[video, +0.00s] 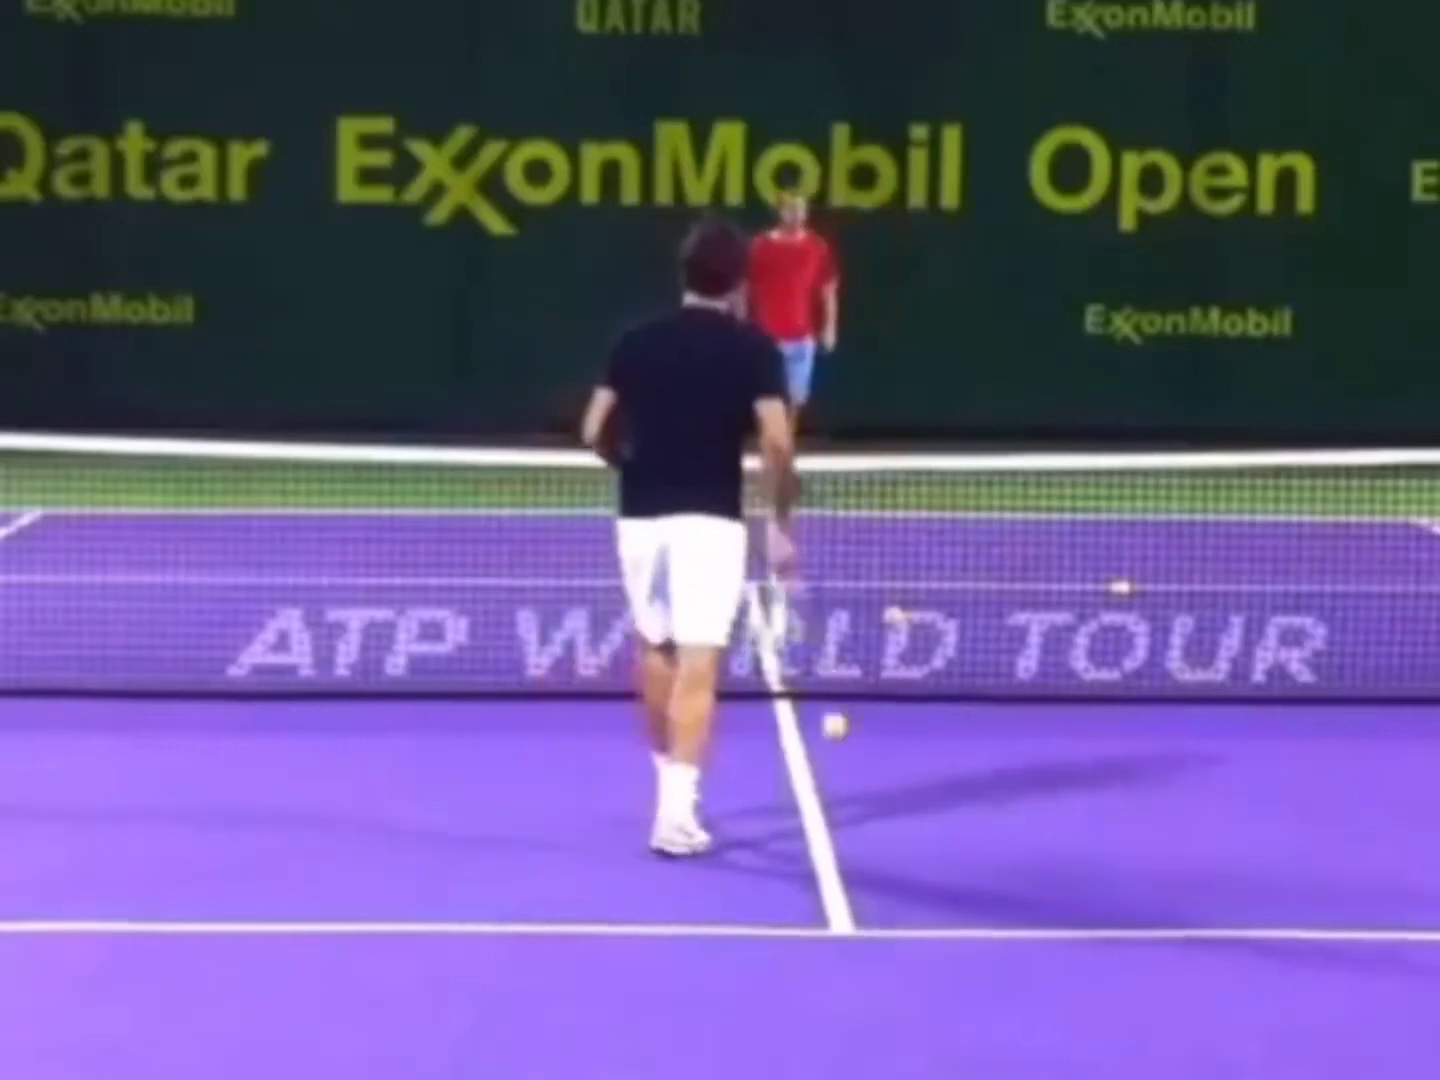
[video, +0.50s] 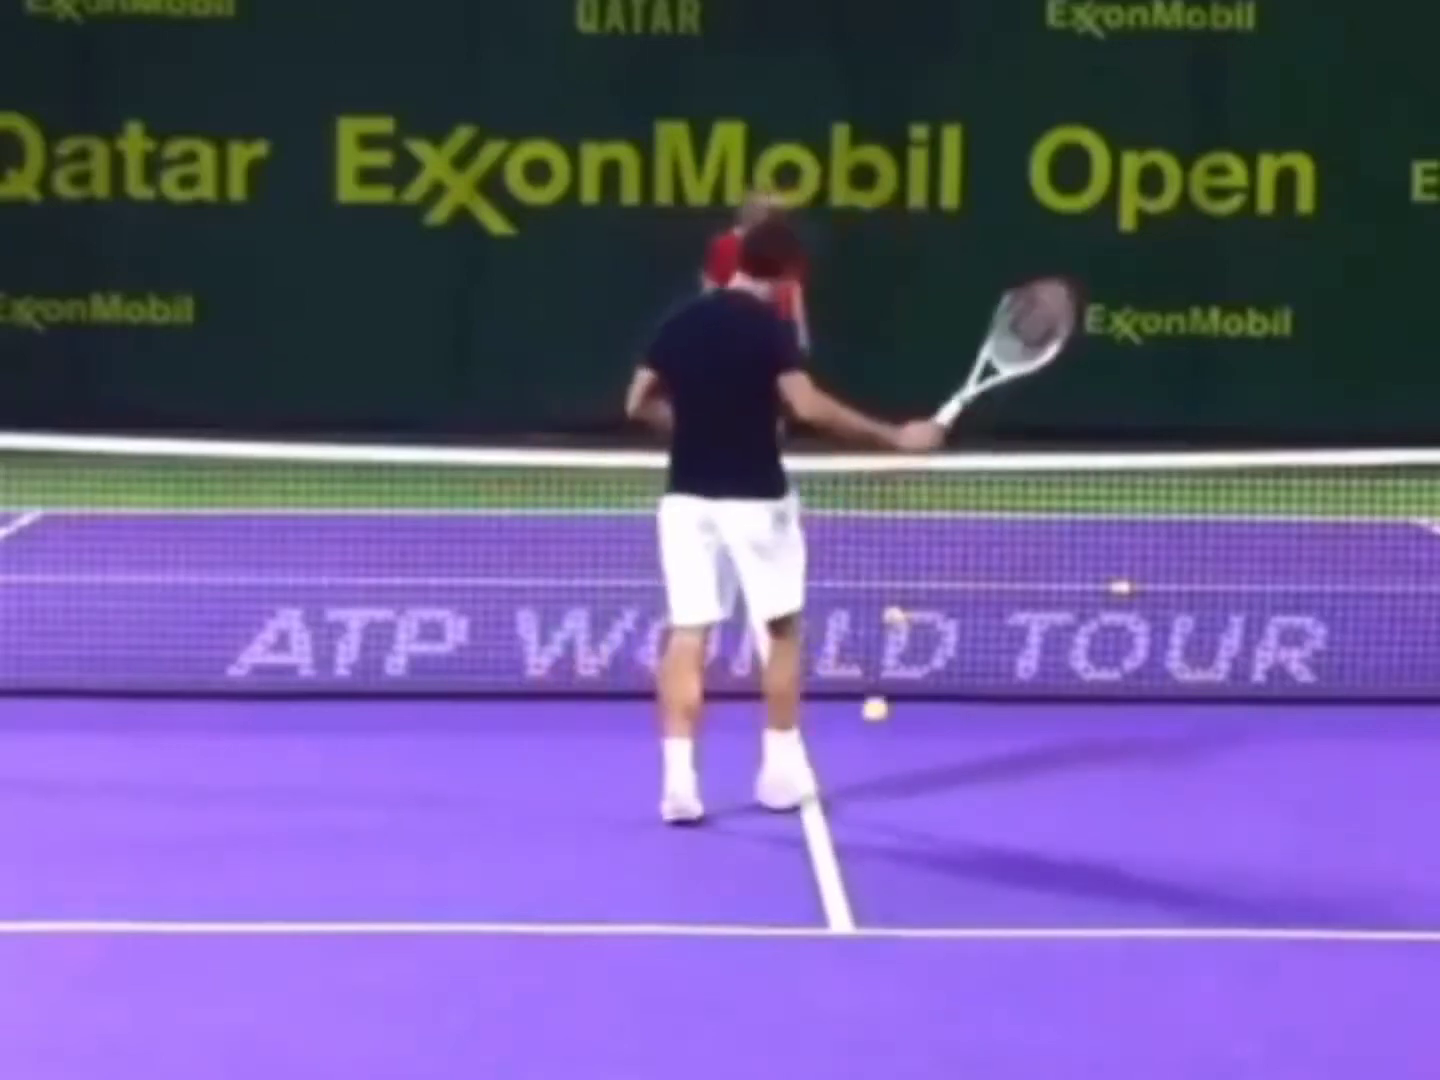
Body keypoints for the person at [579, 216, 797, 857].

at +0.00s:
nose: (740, 289)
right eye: (741, 279)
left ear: (683, 277)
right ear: (738, 283)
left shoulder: (641, 338)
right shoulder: (752, 348)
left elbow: (594, 428)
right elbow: (777, 444)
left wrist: (633, 459)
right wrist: (781, 519)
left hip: (640, 517)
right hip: (712, 519)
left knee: (657, 652)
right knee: (698, 666)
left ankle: (670, 784)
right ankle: (675, 808)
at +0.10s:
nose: (735, 285)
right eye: (739, 276)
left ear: (684, 279)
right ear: (740, 282)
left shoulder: (643, 343)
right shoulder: (751, 350)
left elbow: (600, 435)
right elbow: (777, 443)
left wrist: (637, 466)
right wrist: (787, 516)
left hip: (647, 518)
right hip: (716, 520)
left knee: (669, 646)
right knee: (709, 659)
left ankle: (675, 781)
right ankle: (682, 797)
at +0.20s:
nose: (745, 277)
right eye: (746, 267)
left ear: (692, 269)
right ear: (743, 273)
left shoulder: (651, 333)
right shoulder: (749, 334)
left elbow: (608, 427)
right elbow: (778, 426)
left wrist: (658, 452)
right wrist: (799, 483)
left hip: (657, 507)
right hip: (724, 509)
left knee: (675, 640)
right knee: (735, 649)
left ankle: (679, 773)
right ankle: (697, 749)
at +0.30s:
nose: (754, 280)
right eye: (755, 269)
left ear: (701, 264)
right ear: (752, 270)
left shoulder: (657, 325)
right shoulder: (753, 326)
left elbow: (616, 418)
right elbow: (779, 408)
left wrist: (670, 437)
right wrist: (827, 467)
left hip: (666, 500)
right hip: (733, 500)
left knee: (680, 637)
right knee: (760, 630)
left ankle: (678, 780)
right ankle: (717, 736)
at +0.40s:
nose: (773, 279)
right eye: (773, 267)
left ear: (715, 258)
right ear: (764, 267)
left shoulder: (670, 319)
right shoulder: (757, 321)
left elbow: (628, 405)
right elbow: (787, 402)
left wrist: (676, 429)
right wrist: (864, 449)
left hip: (676, 497)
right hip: (744, 498)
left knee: (684, 631)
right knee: (772, 626)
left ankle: (677, 785)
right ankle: (741, 754)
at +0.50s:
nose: (794, 288)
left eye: (793, 279)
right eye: (794, 279)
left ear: (737, 263)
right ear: (783, 275)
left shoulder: (686, 318)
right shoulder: (771, 326)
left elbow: (639, 403)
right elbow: (807, 406)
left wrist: (690, 425)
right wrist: (896, 436)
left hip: (686, 497)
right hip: (757, 499)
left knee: (686, 633)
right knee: (781, 631)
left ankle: (677, 774)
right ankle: (782, 765)